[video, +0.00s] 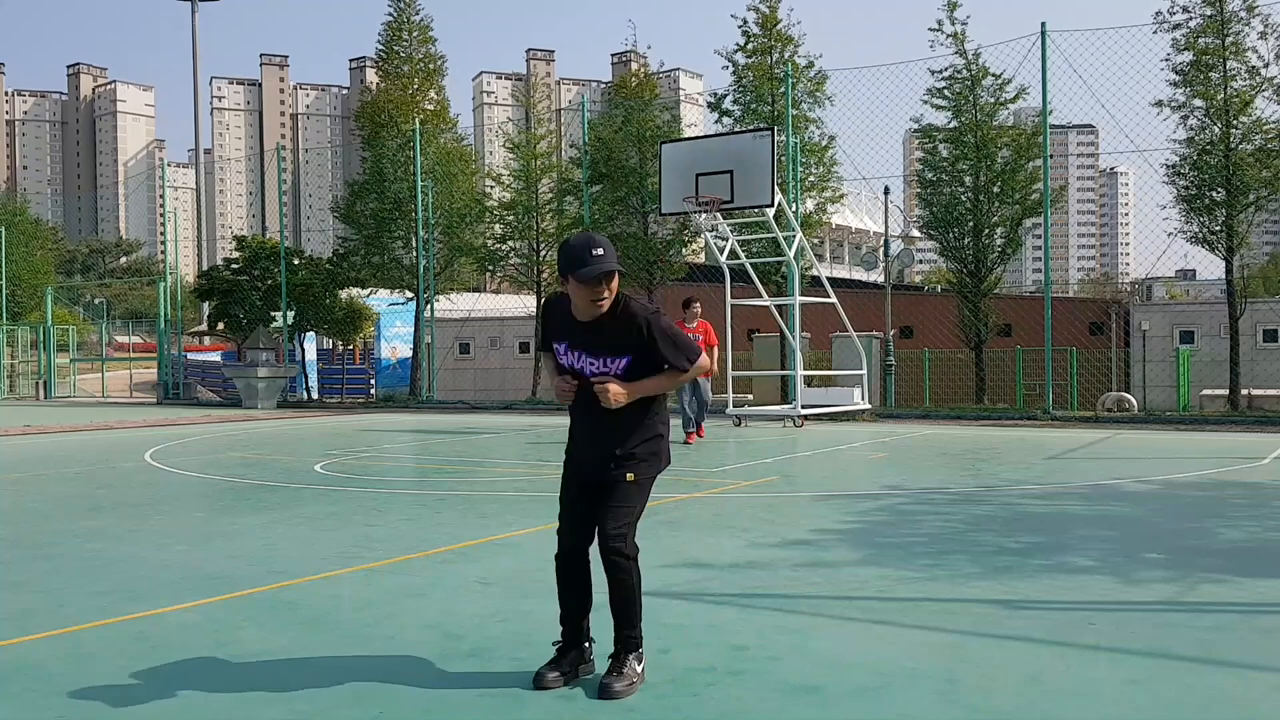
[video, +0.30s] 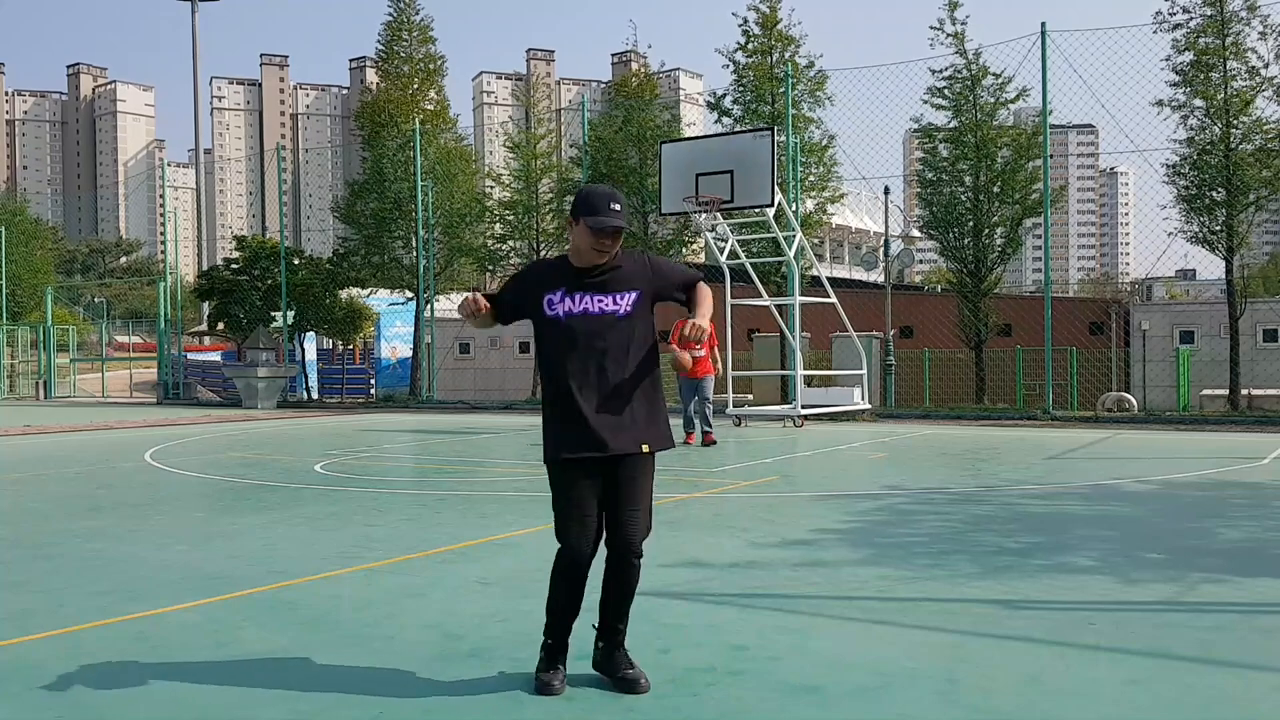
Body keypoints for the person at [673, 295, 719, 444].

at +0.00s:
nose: (698, 310)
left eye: (699, 307)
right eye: (694, 308)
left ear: (701, 309)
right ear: (686, 310)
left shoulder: (705, 326)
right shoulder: (677, 327)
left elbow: (714, 345)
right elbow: (672, 347)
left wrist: (714, 363)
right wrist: (675, 364)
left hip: (702, 368)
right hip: (683, 369)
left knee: (705, 398)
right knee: (685, 401)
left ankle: (699, 421)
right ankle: (689, 430)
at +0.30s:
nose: (697, 309)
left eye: (699, 306)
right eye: (695, 306)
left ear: (704, 308)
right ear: (690, 307)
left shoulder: (708, 325)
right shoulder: (681, 324)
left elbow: (713, 346)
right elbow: (672, 343)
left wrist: (718, 362)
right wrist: (679, 353)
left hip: (705, 369)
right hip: (687, 370)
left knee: (707, 401)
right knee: (688, 405)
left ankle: (707, 433)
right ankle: (689, 433)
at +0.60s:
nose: (714, 307)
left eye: (715, 304)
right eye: (711, 304)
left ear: (714, 307)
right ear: (702, 306)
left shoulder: (718, 323)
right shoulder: (689, 323)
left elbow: (722, 344)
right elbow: (682, 345)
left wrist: (726, 359)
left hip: (714, 368)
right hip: (695, 368)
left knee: (712, 403)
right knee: (696, 401)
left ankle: (707, 434)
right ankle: (691, 425)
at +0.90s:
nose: (718, 306)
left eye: (719, 303)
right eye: (715, 303)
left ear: (718, 306)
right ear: (705, 306)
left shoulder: (723, 323)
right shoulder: (692, 323)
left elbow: (732, 342)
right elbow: (679, 341)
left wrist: (731, 354)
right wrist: (672, 347)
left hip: (718, 368)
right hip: (699, 368)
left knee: (713, 404)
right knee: (702, 402)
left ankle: (709, 433)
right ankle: (703, 435)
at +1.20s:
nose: (719, 306)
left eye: (720, 303)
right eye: (716, 303)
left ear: (720, 306)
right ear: (706, 306)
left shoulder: (724, 323)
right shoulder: (693, 323)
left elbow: (733, 343)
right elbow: (680, 343)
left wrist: (733, 360)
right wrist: (677, 355)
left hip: (721, 369)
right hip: (701, 369)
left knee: (723, 404)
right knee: (704, 405)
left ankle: (713, 430)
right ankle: (709, 437)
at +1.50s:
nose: (722, 306)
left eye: (723, 303)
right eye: (719, 303)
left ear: (724, 304)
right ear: (709, 305)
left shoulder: (727, 322)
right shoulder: (695, 322)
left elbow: (735, 344)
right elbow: (678, 340)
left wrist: (741, 365)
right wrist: (675, 353)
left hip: (725, 370)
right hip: (704, 371)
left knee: (727, 401)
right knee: (705, 407)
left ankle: (728, 439)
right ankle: (708, 439)